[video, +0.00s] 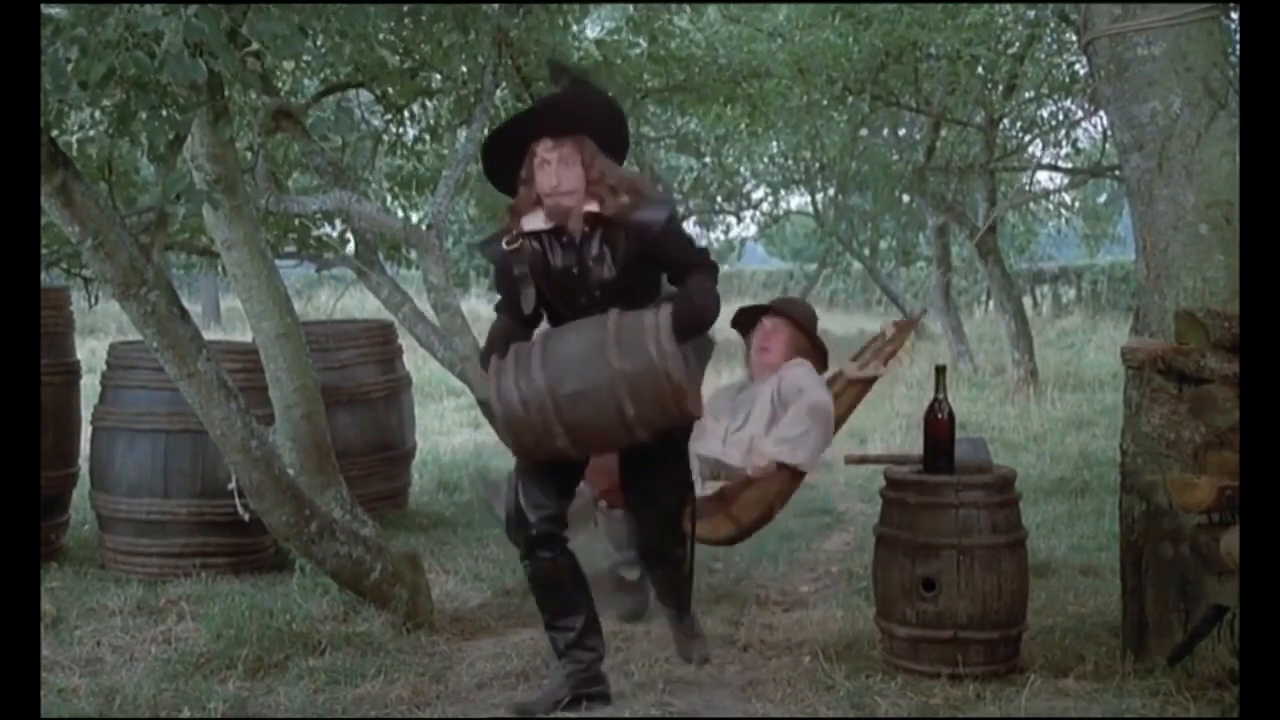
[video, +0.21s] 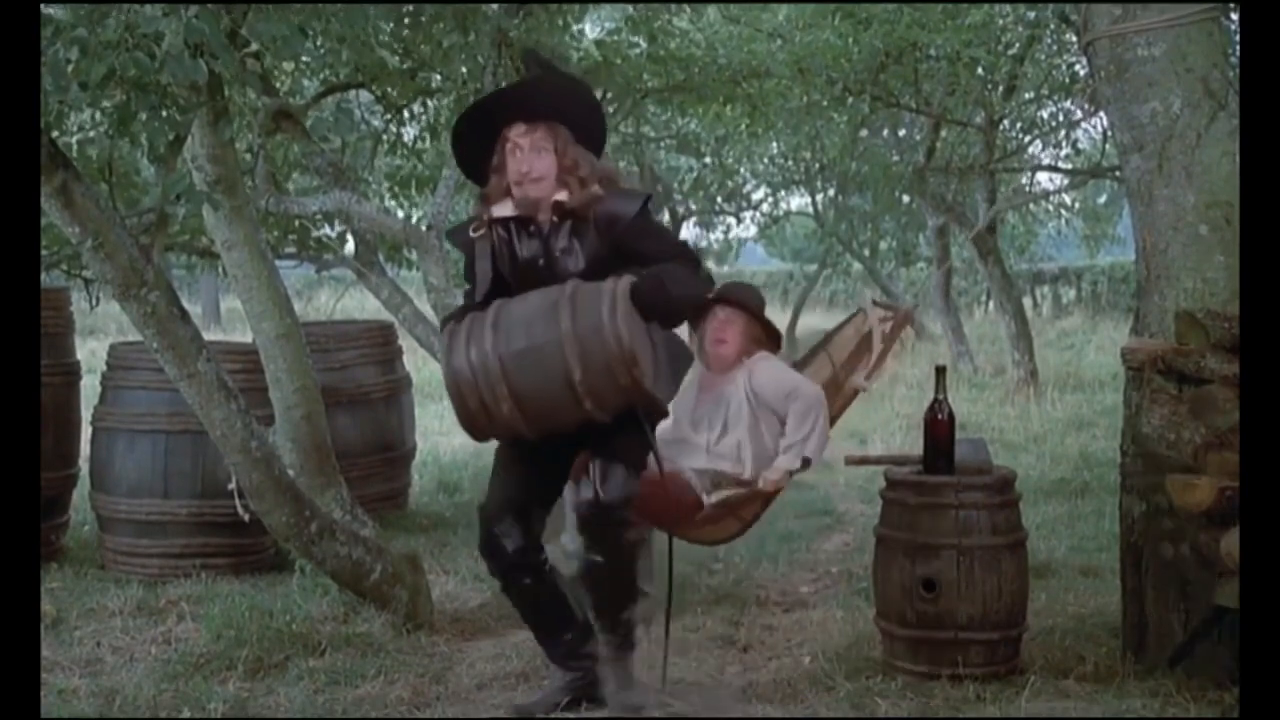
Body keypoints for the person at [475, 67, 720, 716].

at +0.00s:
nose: (555, 172)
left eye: (567, 160)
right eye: (544, 163)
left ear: (594, 169)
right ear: (528, 177)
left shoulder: (641, 220)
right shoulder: (518, 244)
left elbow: (699, 273)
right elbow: (515, 318)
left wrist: (675, 338)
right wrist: (500, 361)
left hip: (649, 382)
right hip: (562, 394)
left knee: (660, 517)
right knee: (532, 521)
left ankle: (679, 608)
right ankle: (580, 665)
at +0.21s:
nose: (523, 158)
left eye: (536, 145)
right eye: (512, 148)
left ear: (567, 156)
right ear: (500, 165)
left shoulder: (611, 216)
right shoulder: (490, 236)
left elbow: (693, 284)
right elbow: (478, 323)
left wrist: (609, 302)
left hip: (618, 402)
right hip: (537, 410)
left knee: (602, 509)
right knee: (503, 539)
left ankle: (617, 657)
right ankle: (579, 670)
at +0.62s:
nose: (485, 142)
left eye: (502, 129)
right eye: (474, 128)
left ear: (533, 141)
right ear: (454, 140)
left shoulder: (576, 213)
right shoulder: (434, 224)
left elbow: (650, 283)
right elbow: (390, 325)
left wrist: (588, 324)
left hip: (570, 439)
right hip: (474, 437)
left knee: (530, 586)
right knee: (410, 588)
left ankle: (509, 710)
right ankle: (521, 630)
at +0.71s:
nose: (468, 137)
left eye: (484, 123)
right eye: (453, 122)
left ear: (516, 135)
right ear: (431, 138)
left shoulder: (564, 206)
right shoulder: (413, 226)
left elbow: (644, 270)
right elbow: (384, 320)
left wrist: (571, 319)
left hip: (572, 436)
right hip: (468, 434)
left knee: (539, 599)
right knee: (365, 551)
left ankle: (515, 708)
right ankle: (454, 676)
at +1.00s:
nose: (368, 127)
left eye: (388, 109)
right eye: (351, 110)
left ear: (427, 120)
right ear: (335, 127)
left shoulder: (495, 197)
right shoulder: (317, 229)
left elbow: (588, 272)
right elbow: (308, 326)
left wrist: (503, 319)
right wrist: (275, 349)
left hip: (513, 452)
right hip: (395, 459)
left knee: (507, 628)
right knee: (341, 608)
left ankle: (498, 707)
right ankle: (350, 699)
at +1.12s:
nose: (286, 111)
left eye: (306, 89)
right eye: (270, 93)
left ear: (351, 100)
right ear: (251, 111)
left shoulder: (432, 176)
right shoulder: (244, 222)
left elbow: (541, 241)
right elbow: (237, 333)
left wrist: (467, 303)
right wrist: (217, 372)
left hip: (470, 452)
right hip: (341, 463)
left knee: (482, 674)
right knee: (278, 631)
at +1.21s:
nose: (252, 97)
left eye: (274, 74)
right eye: (234, 75)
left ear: (318, 84)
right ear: (215, 93)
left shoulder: (393, 167)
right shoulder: (213, 199)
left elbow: (512, 243)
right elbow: (194, 324)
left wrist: (436, 297)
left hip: (436, 445)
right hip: (308, 452)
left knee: (403, 660)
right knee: (228, 649)